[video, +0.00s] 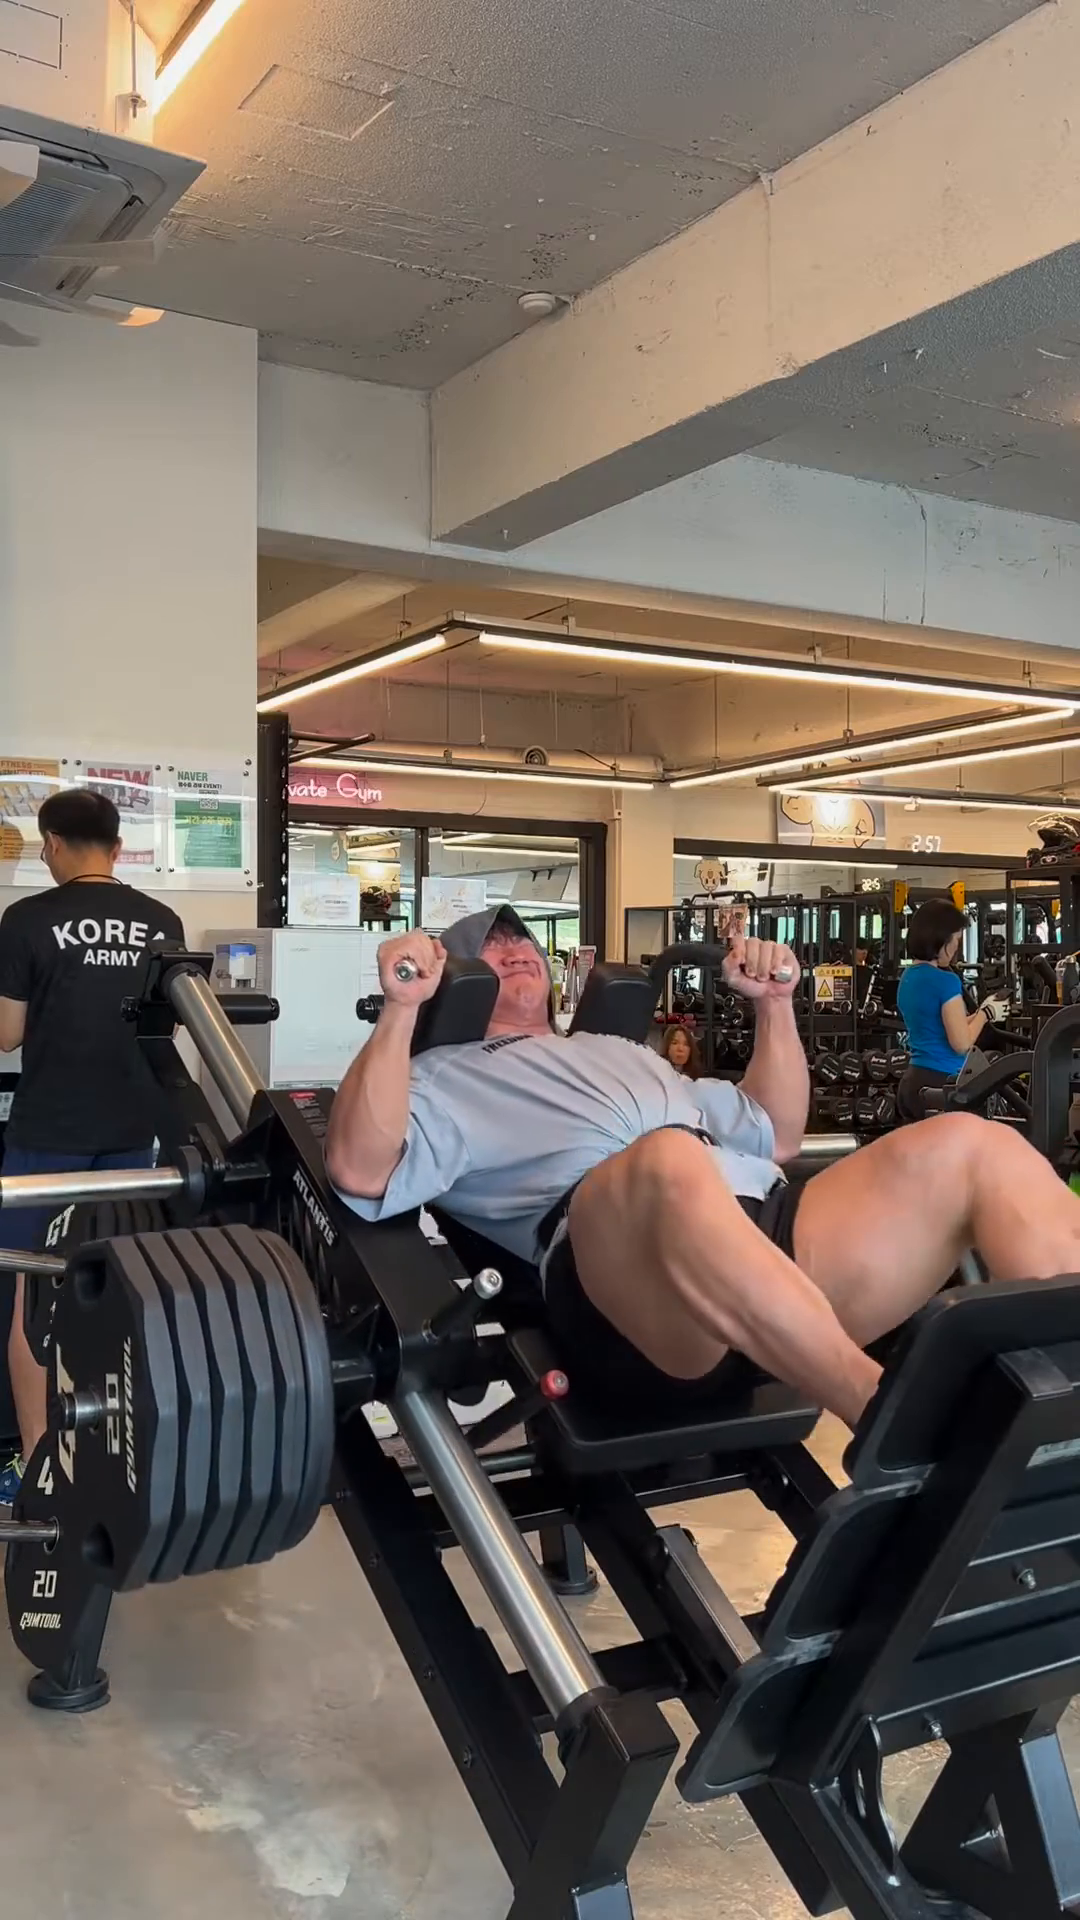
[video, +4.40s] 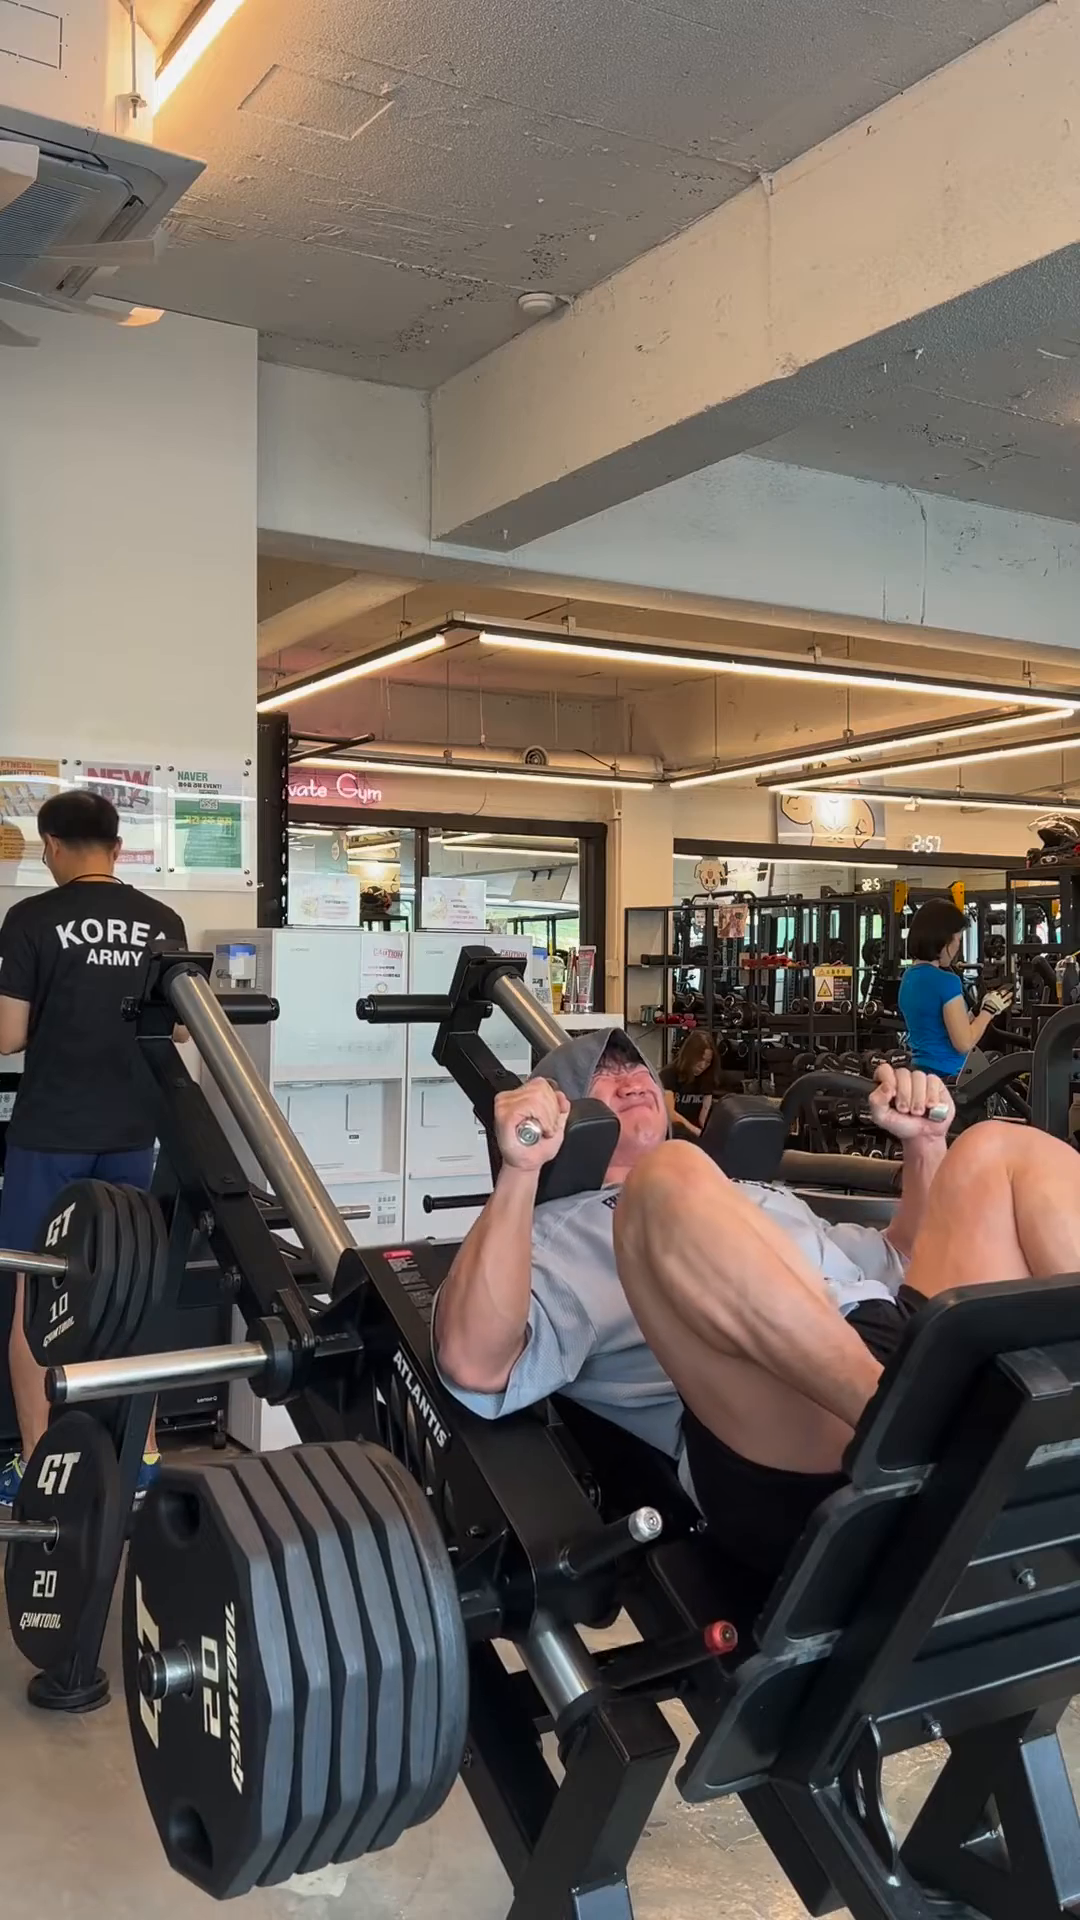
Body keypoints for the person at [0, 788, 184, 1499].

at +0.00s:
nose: (49, 858)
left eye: (47, 847)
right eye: (56, 848)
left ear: (50, 846)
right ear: (117, 848)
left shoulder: (29, 919)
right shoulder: (164, 921)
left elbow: (9, 1032)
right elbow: (170, 1021)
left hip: (50, 1130)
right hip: (142, 1128)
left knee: (23, 1297)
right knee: (128, 1287)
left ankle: (41, 1458)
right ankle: (131, 1445)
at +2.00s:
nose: (49, 858)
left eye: (46, 848)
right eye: (53, 849)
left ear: (52, 847)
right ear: (118, 847)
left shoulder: (33, 917)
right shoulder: (165, 920)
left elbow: (8, 1032)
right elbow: (179, 1031)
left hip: (47, 1139)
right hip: (139, 1141)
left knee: (29, 1299)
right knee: (133, 1297)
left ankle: (36, 1458)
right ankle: (136, 1463)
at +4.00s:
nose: (45, 861)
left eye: (43, 851)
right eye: (48, 851)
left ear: (49, 849)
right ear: (114, 847)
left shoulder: (33, 919)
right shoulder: (162, 920)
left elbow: (12, 1037)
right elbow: (182, 1030)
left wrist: (61, 1027)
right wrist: (120, 1026)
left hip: (51, 1131)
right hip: (137, 1132)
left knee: (30, 1297)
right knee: (121, 1287)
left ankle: (39, 1461)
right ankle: (121, 1449)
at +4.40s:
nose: (50, 860)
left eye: (47, 850)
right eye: (56, 850)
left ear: (51, 848)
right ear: (118, 849)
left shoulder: (33, 917)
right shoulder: (164, 920)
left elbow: (10, 1034)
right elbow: (185, 1032)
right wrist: (123, 1034)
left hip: (51, 1132)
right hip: (137, 1133)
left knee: (29, 1299)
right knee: (129, 1290)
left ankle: (41, 1463)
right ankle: (137, 1451)